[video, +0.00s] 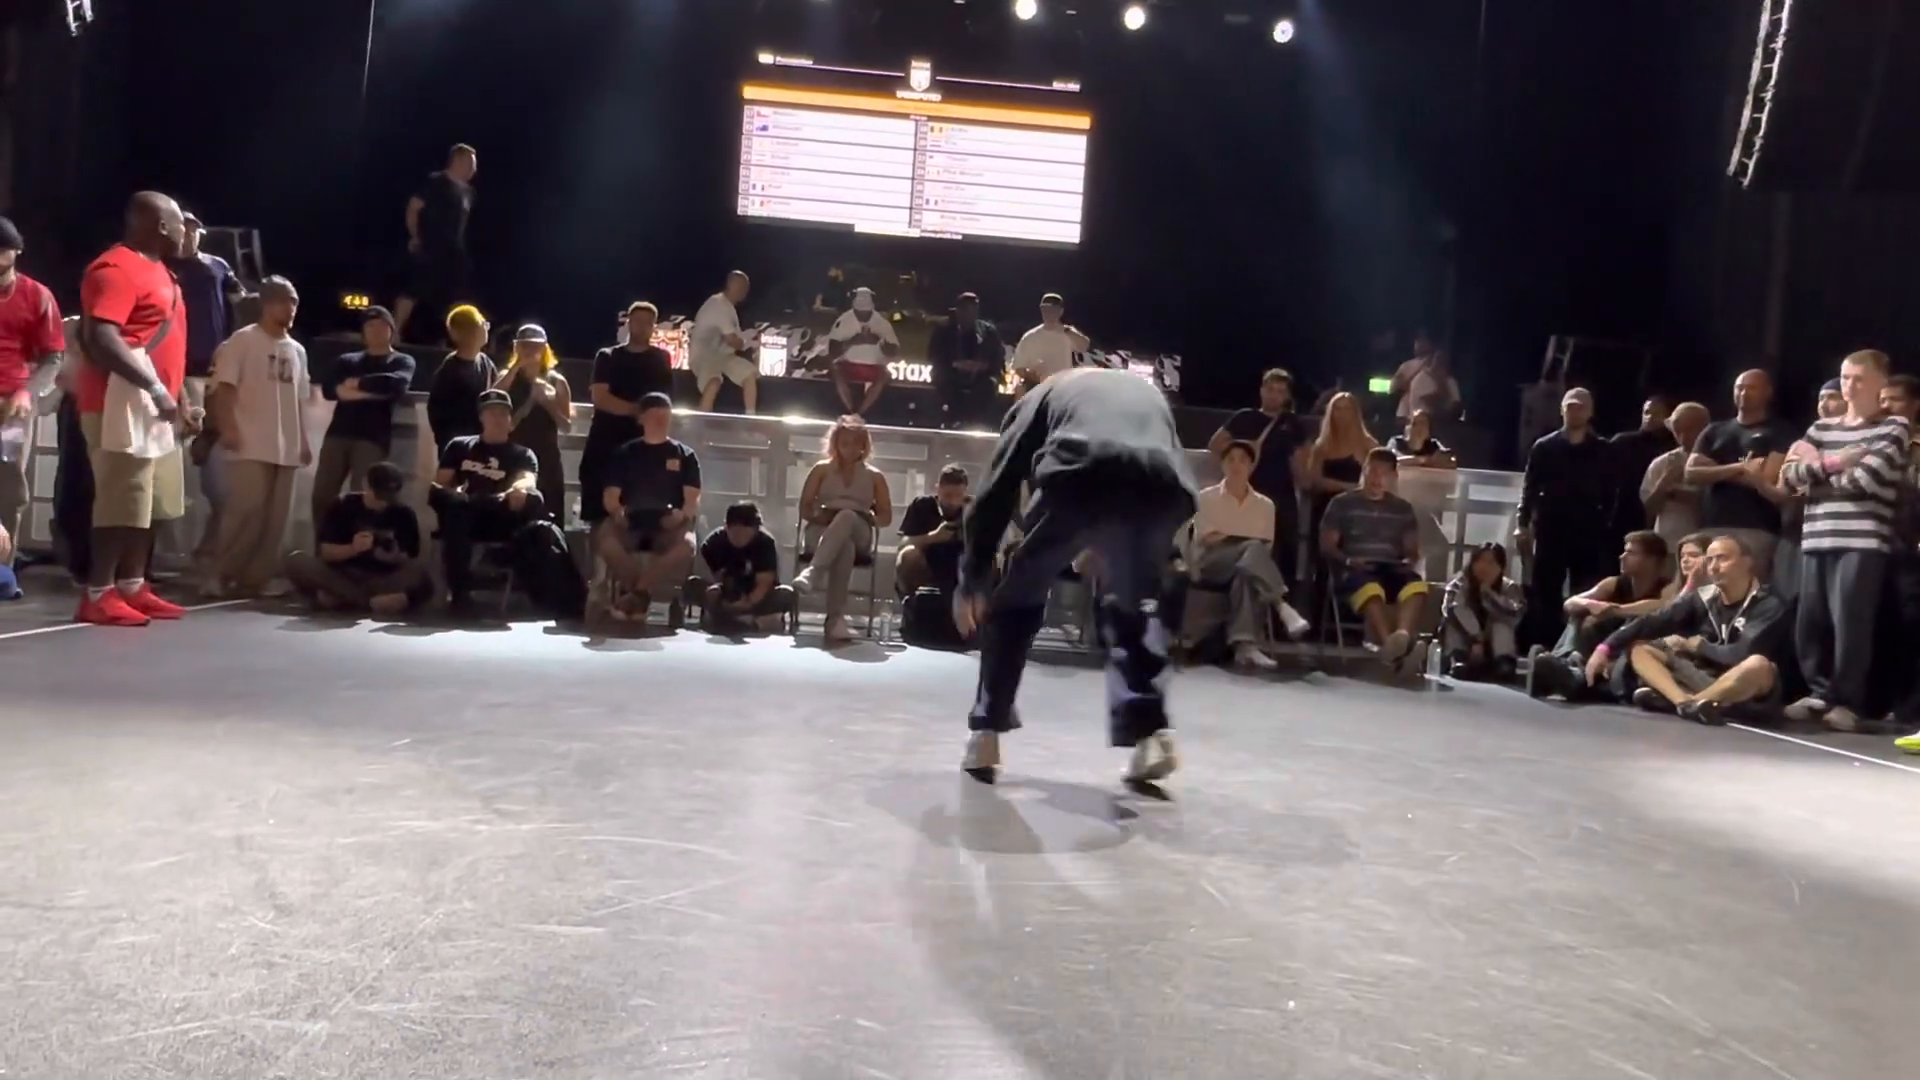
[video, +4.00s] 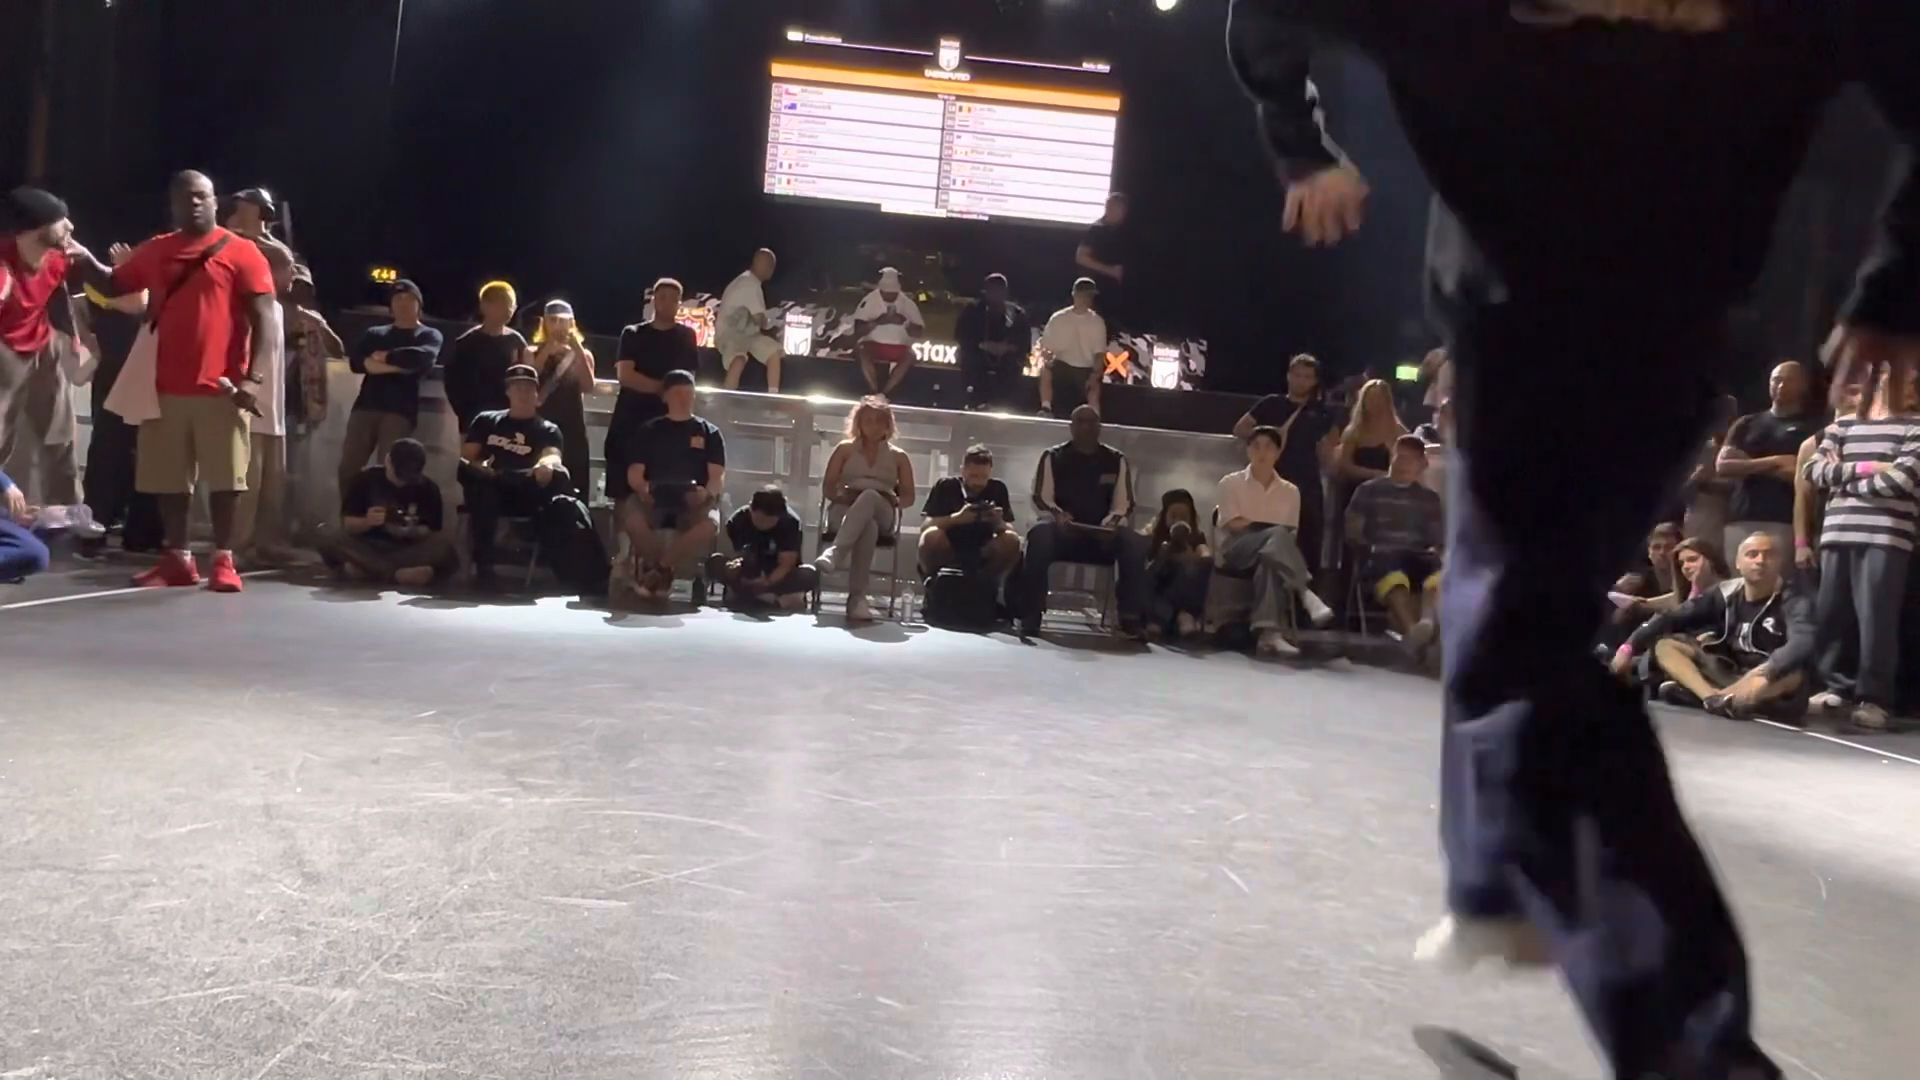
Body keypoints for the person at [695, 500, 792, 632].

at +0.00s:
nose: (739, 538)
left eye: (745, 533)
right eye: (735, 532)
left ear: (755, 530)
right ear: (727, 527)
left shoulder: (765, 542)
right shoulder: (711, 544)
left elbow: (765, 582)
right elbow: (718, 578)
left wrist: (748, 602)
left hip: (755, 586)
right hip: (728, 586)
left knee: (786, 593)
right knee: (692, 584)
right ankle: (752, 622)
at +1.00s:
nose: (755, 532)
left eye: (761, 528)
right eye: (751, 526)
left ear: (770, 523)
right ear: (742, 517)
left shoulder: (780, 531)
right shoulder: (726, 533)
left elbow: (779, 569)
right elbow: (735, 566)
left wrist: (761, 591)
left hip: (770, 578)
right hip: (742, 579)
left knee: (802, 582)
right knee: (707, 572)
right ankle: (766, 609)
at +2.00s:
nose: (763, 526)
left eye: (769, 522)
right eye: (760, 520)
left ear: (778, 516)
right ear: (751, 509)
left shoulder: (788, 522)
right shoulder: (734, 524)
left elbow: (788, 562)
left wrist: (768, 581)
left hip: (779, 570)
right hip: (750, 572)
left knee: (810, 573)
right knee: (715, 566)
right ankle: (777, 601)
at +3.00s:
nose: (762, 524)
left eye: (768, 521)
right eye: (759, 519)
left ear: (779, 517)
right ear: (752, 508)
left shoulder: (790, 522)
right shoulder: (736, 523)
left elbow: (788, 563)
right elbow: (742, 558)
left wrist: (769, 580)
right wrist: (736, 568)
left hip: (780, 570)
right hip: (751, 570)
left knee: (811, 573)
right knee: (716, 564)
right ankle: (775, 600)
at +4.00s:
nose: (767, 524)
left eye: (772, 520)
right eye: (764, 519)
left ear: (779, 515)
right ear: (753, 511)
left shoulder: (790, 522)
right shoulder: (735, 523)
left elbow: (787, 563)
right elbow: (742, 556)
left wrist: (767, 581)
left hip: (779, 568)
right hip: (752, 568)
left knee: (809, 574)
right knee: (716, 563)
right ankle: (776, 600)